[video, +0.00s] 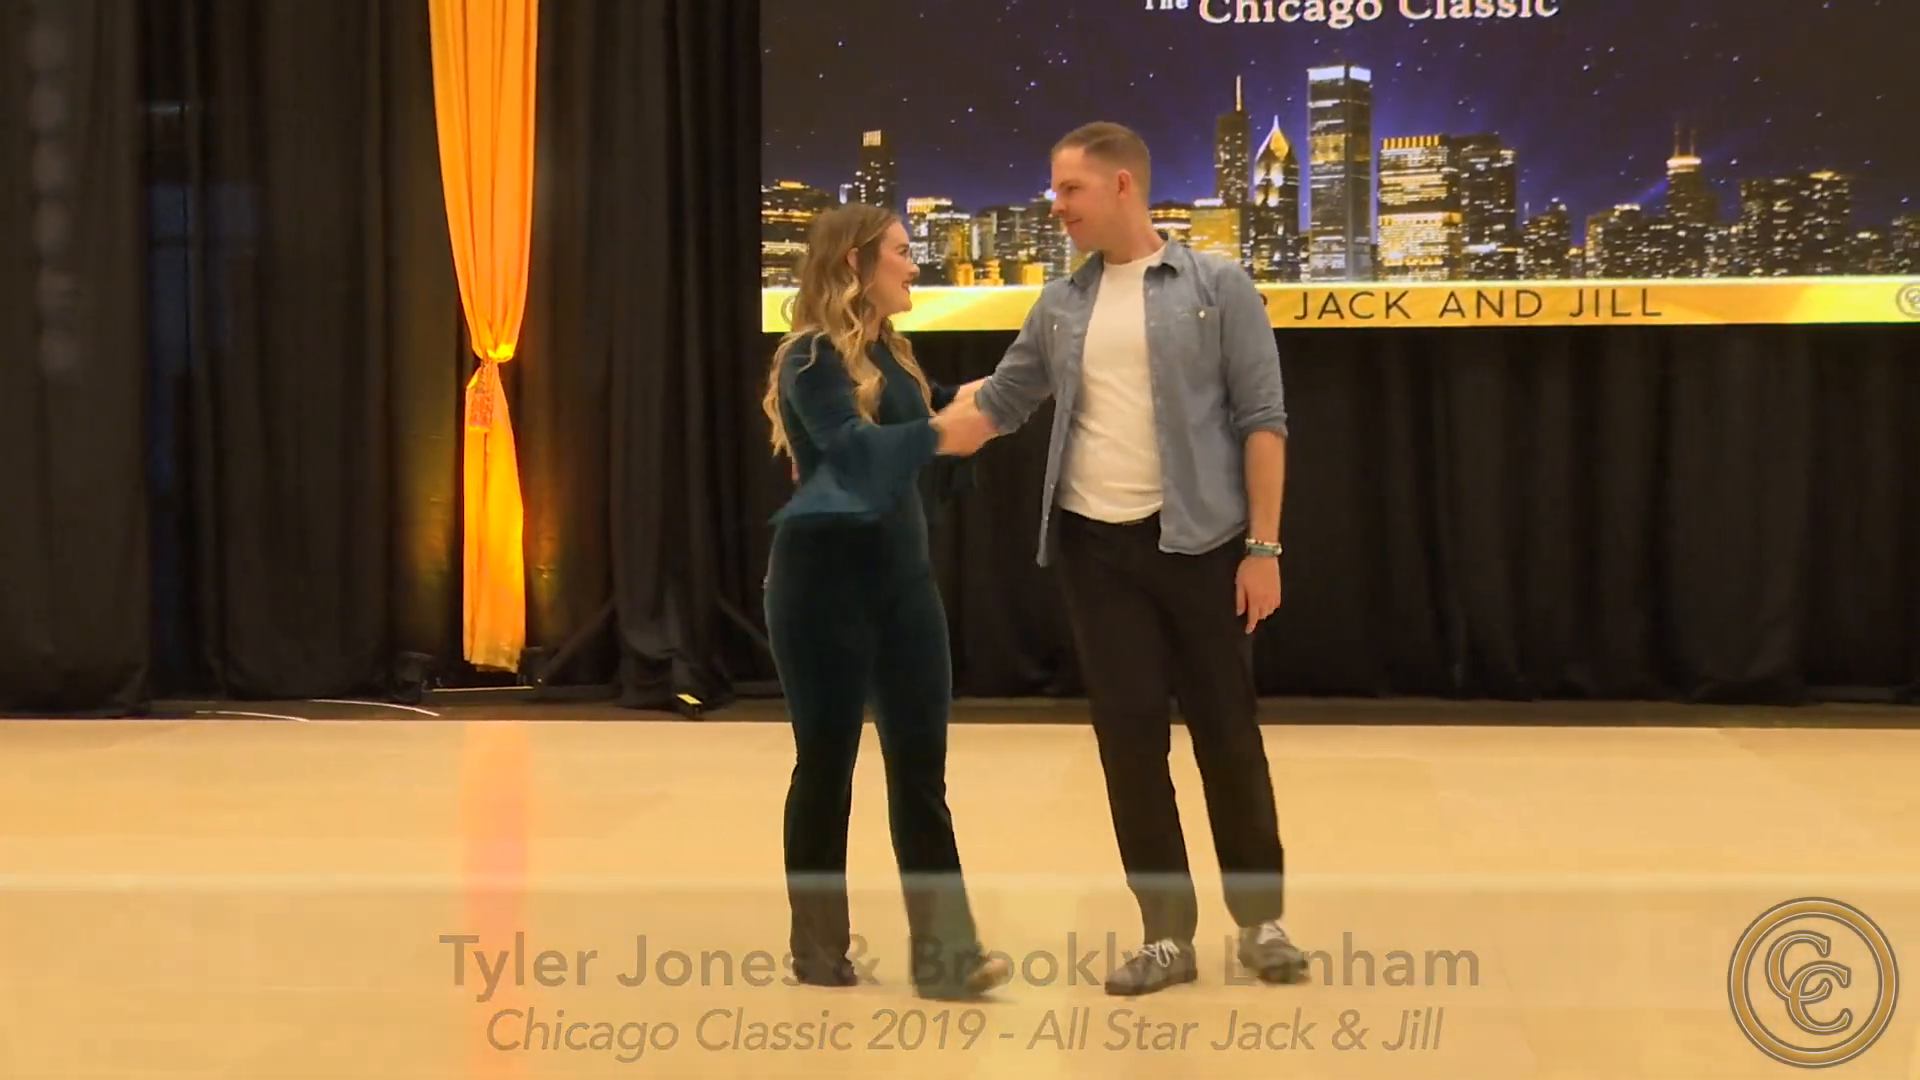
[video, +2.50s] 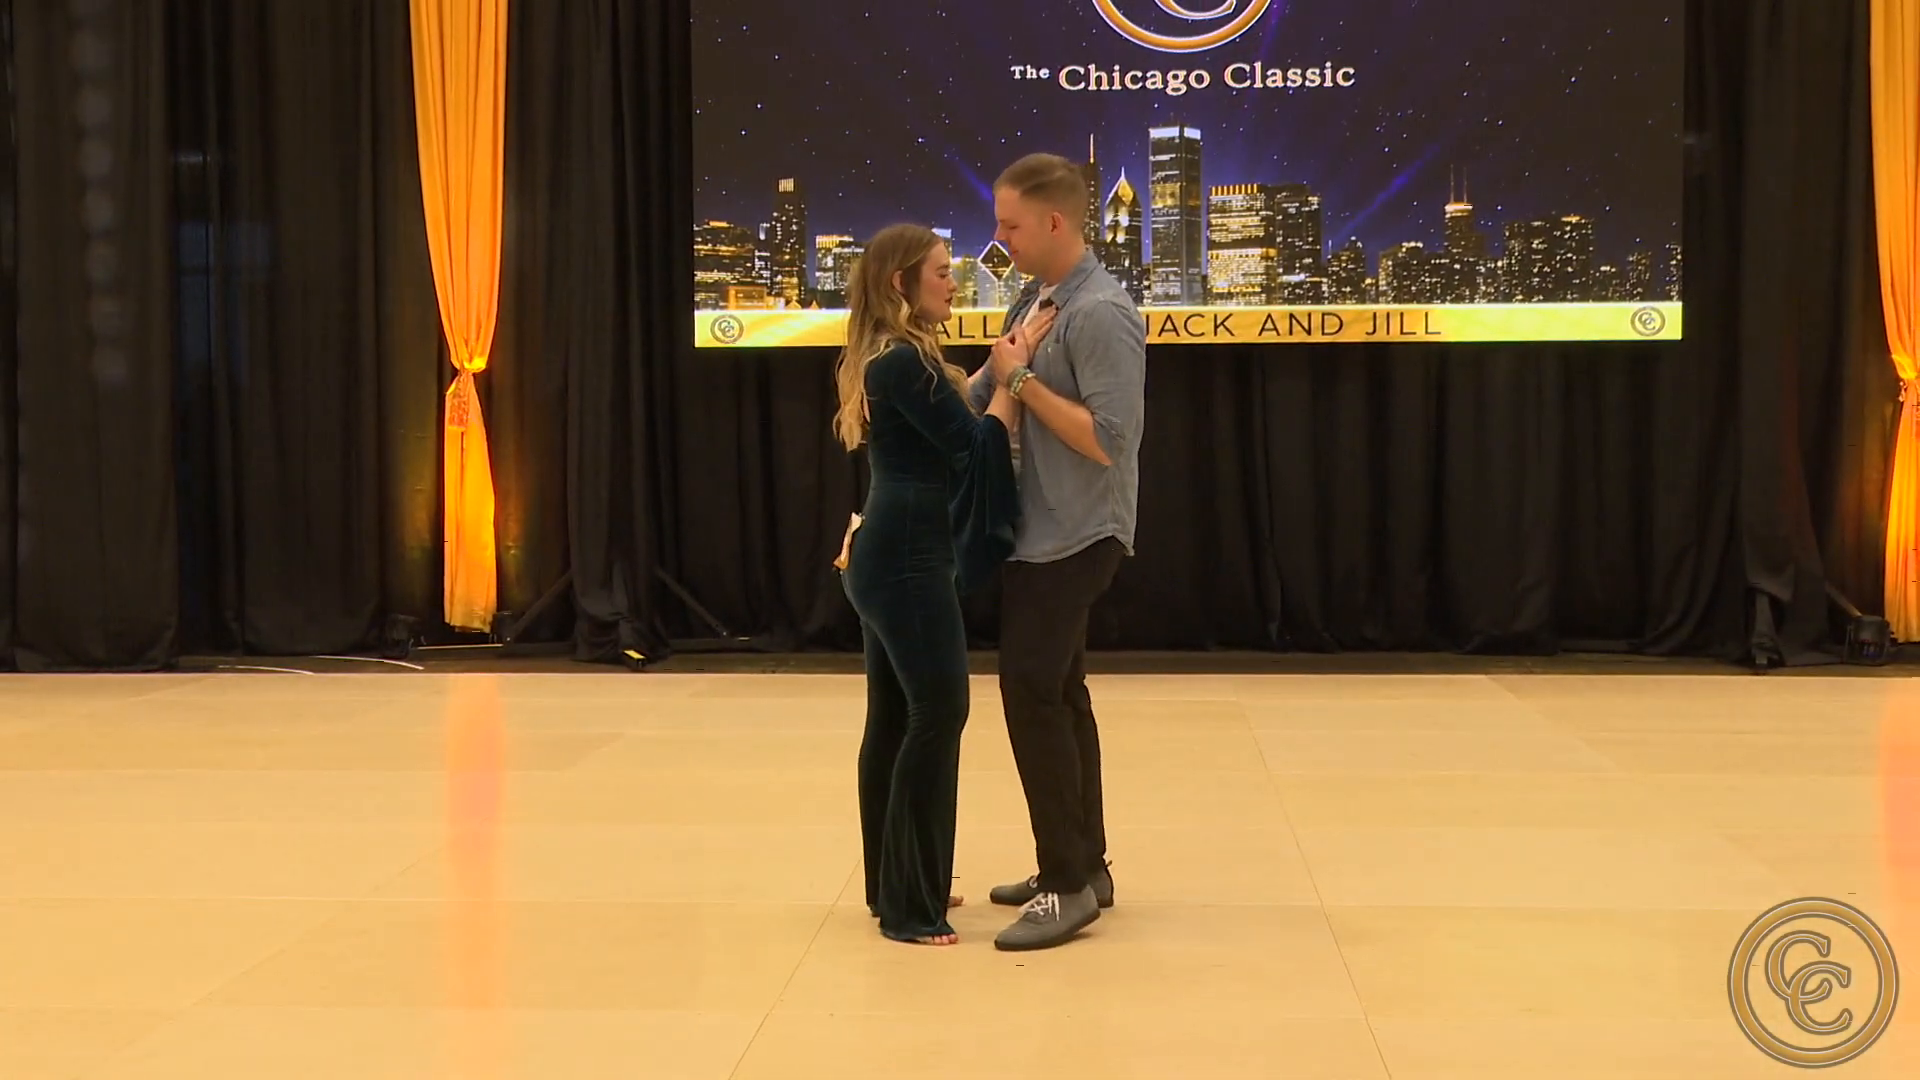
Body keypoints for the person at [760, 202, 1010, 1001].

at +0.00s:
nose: (914, 264)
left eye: (910, 251)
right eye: (901, 251)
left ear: (875, 266)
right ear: (855, 264)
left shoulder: (897, 361)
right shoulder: (810, 355)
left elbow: (925, 474)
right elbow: (849, 448)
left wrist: (958, 431)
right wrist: (937, 430)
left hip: (903, 576)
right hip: (821, 578)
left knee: (919, 769)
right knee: (824, 763)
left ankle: (944, 954)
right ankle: (818, 948)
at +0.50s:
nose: (939, 255)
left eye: (935, 242)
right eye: (926, 244)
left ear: (888, 260)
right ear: (883, 259)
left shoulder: (915, 344)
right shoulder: (872, 344)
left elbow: (971, 449)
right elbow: (966, 417)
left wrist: (1033, 354)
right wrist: (1037, 337)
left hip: (936, 579)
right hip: (878, 583)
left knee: (926, 765)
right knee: (888, 767)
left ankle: (916, 947)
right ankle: (862, 965)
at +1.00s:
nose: (949, 248)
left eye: (946, 236)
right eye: (934, 236)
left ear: (895, 255)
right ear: (888, 253)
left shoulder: (912, 333)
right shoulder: (883, 336)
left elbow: (974, 407)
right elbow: (958, 417)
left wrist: (1029, 333)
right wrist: (1020, 346)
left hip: (916, 565)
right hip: (894, 568)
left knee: (912, 749)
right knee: (915, 752)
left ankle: (875, 923)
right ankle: (903, 942)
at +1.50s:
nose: (940, 256)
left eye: (936, 244)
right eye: (926, 245)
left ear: (888, 266)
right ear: (882, 264)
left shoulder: (906, 341)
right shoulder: (886, 347)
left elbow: (967, 437)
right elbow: (967, 436)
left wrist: (1010, 352)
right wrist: (1008, 350)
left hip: (913, 561)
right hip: (892, 568)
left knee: (909, 744)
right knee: (893, 751)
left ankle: (912, 898)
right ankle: (883, 927)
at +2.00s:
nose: (949, 272)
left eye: (946, 260)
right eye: (935, 262)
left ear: (901, 281)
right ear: (893, 279)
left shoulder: (917, 353)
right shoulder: (893, 358)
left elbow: (963, 438)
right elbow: (961, 437)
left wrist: (1010, 365)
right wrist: (1013, 361)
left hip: (919, 555)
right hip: (900, 559)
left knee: (903, 735)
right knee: (893, 740)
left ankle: (903, 879)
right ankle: (882, 906)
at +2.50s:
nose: (953, 284)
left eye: (951, 272)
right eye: (941, 273)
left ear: (914, 282)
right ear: (903, 283)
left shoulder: (902, 355)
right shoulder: (900, 363)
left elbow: (960, 409)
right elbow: (976, 449)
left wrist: (1006, 356)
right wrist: (1010, 380)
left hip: (887, 559)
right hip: (906, 564)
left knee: (892, 721)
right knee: (940, 715)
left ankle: (893, 890)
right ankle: (910, 903)